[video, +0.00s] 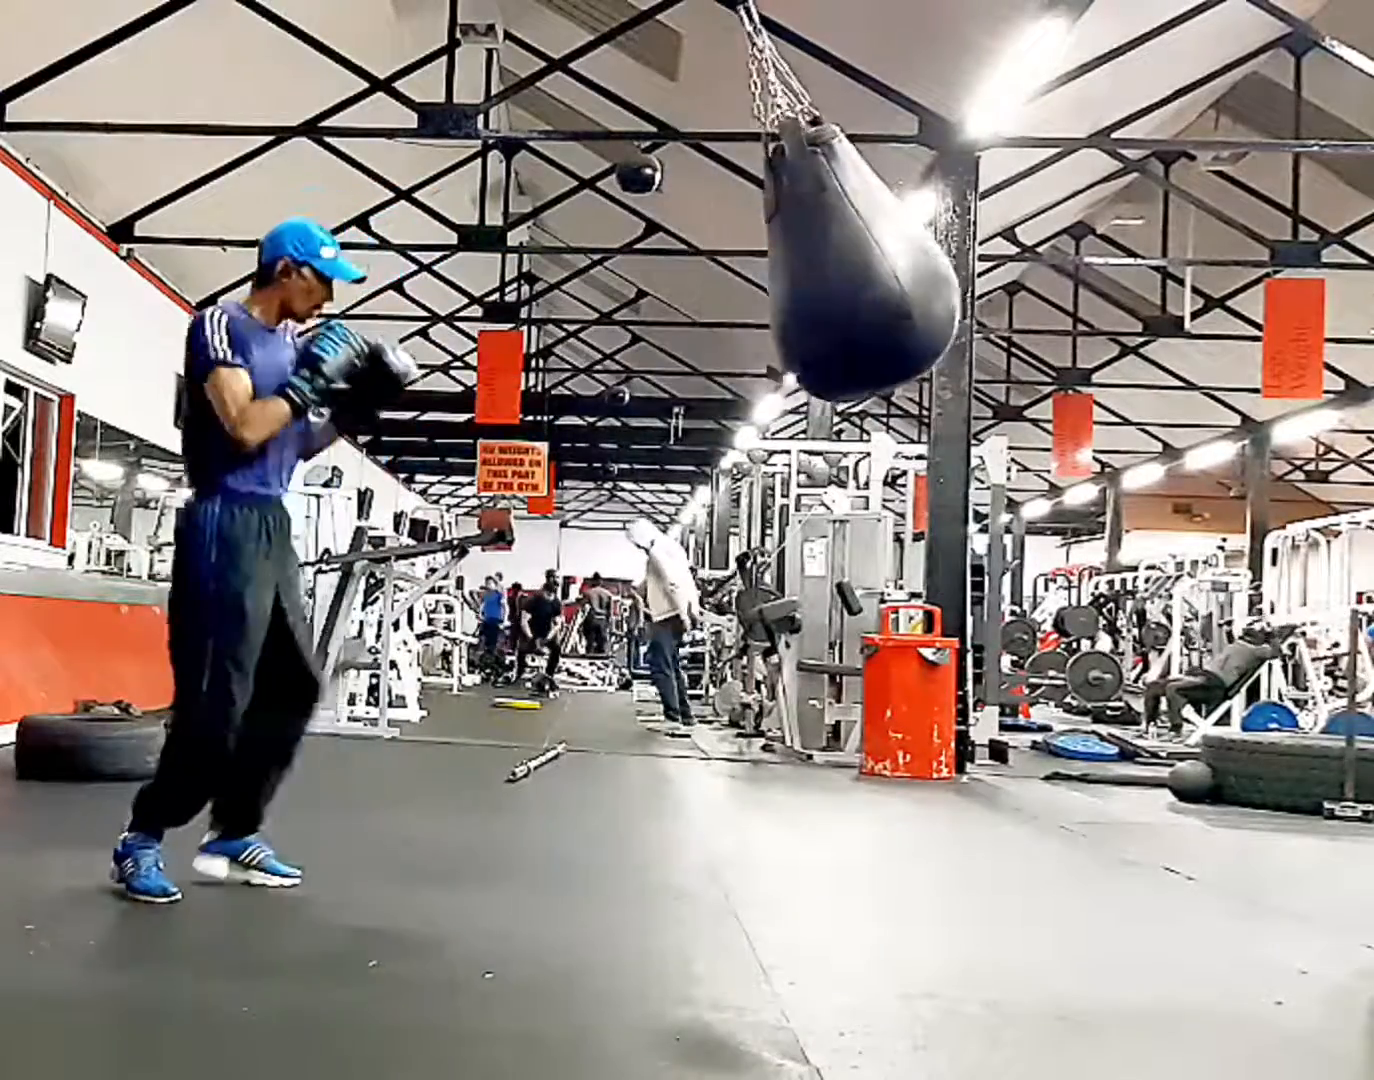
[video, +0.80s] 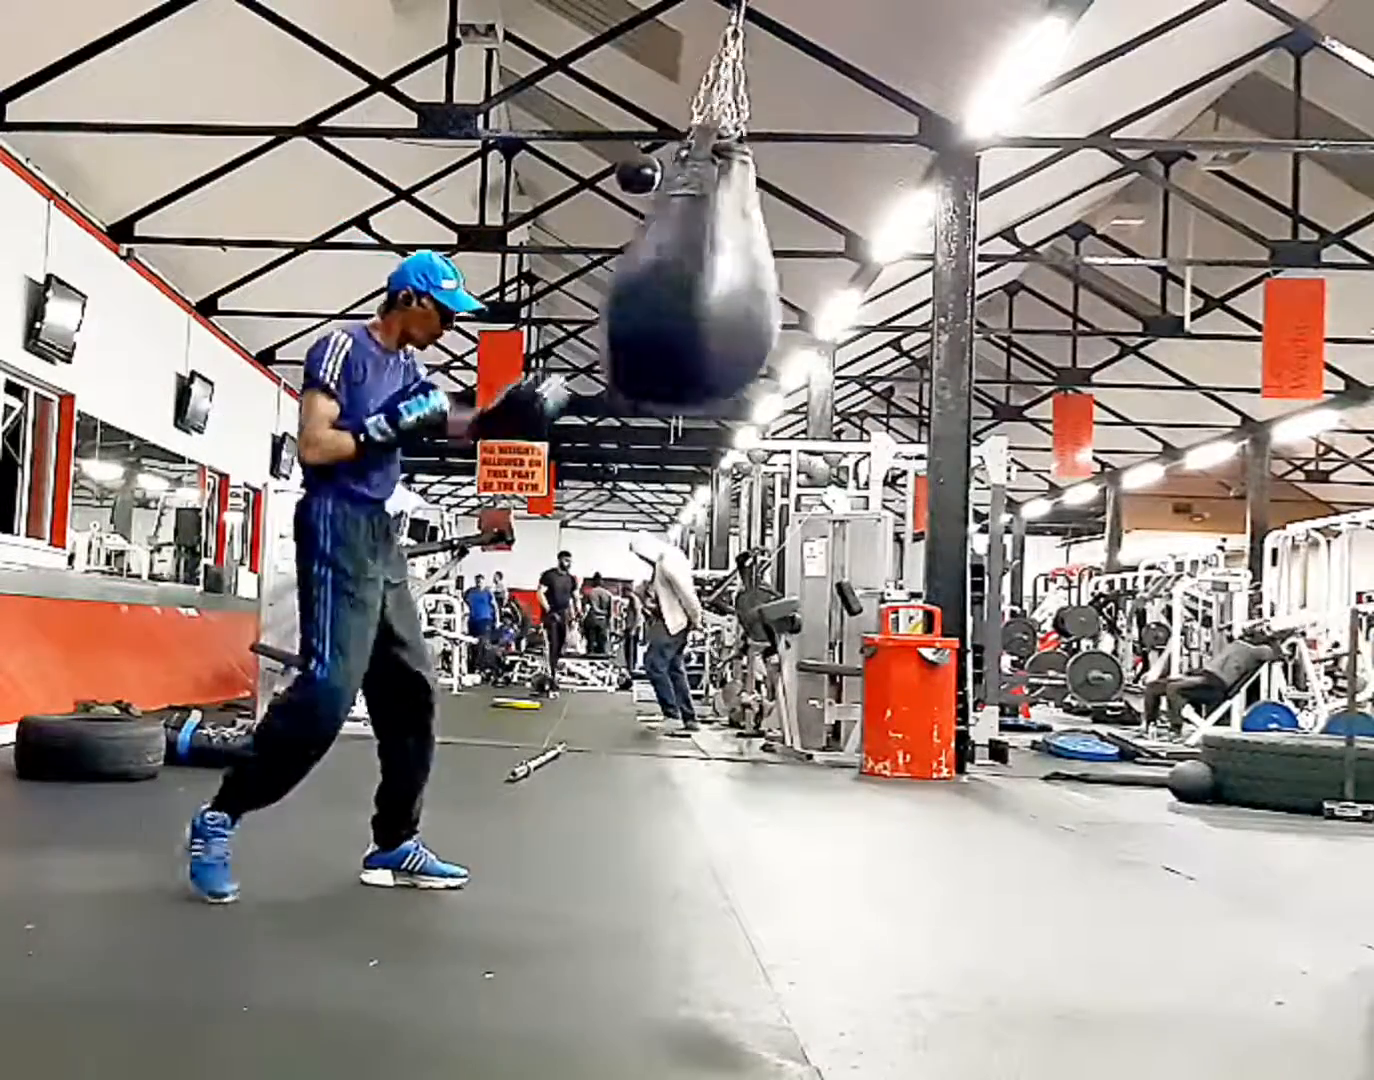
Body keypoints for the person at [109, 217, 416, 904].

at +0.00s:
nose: (330, 298)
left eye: (333, 287)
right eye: (325, 284)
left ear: (299, 278)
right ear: (288, 272)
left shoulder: (295, 343)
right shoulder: (221, 323)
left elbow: (297, 447)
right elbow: (245, 427)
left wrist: (354, 405)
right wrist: (312, 382)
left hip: (270, 528)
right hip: (221, 526)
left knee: (291, 685)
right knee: (219, 693)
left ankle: (233, 837)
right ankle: (142, 840)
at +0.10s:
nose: (337, 299)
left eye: (340, 287)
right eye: (332, 283)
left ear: (307, 278)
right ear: (298, 271)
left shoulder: (291, 341)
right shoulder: (237, 316)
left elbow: (285, 439)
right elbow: (253, 420)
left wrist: (343, 414)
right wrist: (320, 383)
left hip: (278, 520)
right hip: (234, 517)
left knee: (340, 670)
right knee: (221, 698)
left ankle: (274, 814)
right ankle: (143, 836)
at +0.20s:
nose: (356, 298)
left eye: (361, 287)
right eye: (353, 283)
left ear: (325, 275)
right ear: (318, 269)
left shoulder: (312, 339)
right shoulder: (256, 314)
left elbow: (304, 422)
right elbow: (276, 416)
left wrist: (355, 392)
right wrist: (337, 377)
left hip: (296, 517)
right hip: (251, 513)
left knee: (353, 668)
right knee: (221, 691)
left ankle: (335, 825)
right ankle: (139, 833)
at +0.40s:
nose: (402, 326)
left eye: (406, 316)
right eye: (397, 312)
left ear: (373, 309)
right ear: (363, 302)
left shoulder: (357, 369)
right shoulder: (309, 343)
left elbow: (388, 449)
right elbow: (324, 408)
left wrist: (453, 415)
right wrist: (387, 376)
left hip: (324, 543)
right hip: (295, 538)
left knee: (353, 697)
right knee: (258, 714)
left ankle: (389, 847)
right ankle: (147, 829)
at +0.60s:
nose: (441, 319)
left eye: (445, 309)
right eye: (439, 306)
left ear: (412, 297)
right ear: (406, 293)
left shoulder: (385, 351)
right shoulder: (351, 332)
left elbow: (392, 429)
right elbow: (411, 388)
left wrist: (455, 391)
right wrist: (478, 364)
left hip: (377, 531)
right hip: (339, 527)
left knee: (406, 691)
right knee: (292, 687)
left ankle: (394, 845)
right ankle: (176, 821)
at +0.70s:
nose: (446, 319)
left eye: (449, 308)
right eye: (441, 305)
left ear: (422, 302)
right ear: (408, 293)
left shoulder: (417, 365)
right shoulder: (343, 340)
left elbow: (479, 397)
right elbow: (332, 430)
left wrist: (535, 372)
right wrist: (404, 416)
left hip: (383, 534)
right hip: (336, 525)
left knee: (412, 697)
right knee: (326, 688)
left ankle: (395, 846)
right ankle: (207, 817)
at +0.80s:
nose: (442, 332)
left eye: (447, 322)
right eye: (438, 317)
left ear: (424, 312)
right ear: (408, 300)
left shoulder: (413, 375)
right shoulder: (340, 345)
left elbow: (456, 430)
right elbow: (313, 446)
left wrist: (509, 413)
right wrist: (391, 429)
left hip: (381, 533)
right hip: (334, 525)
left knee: (411, 693)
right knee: (327, 696)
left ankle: (394, 845)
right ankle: (219, 819)